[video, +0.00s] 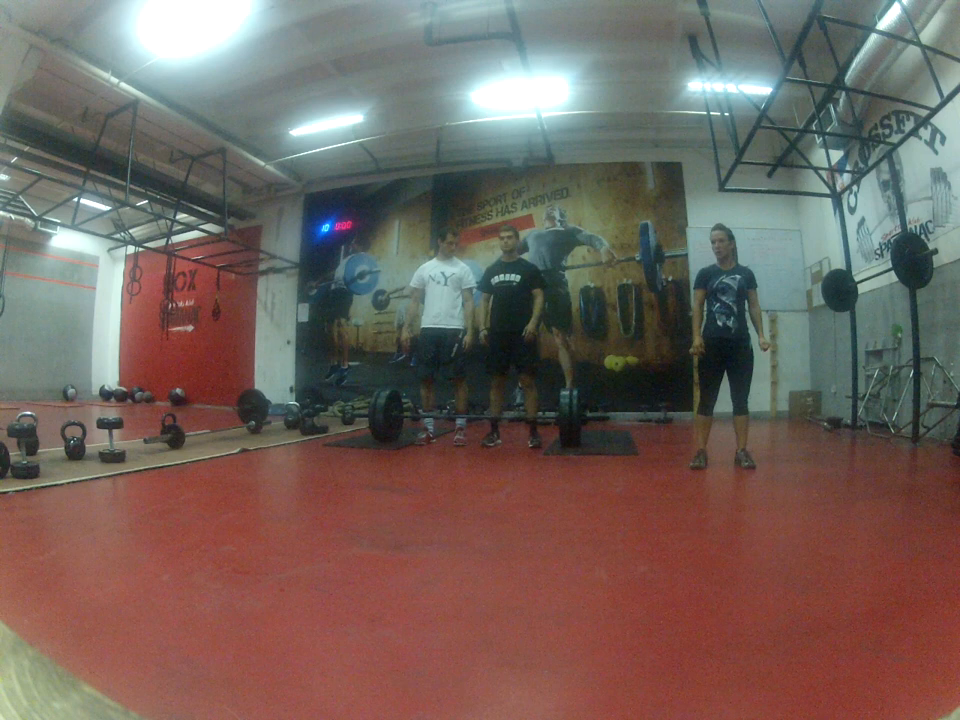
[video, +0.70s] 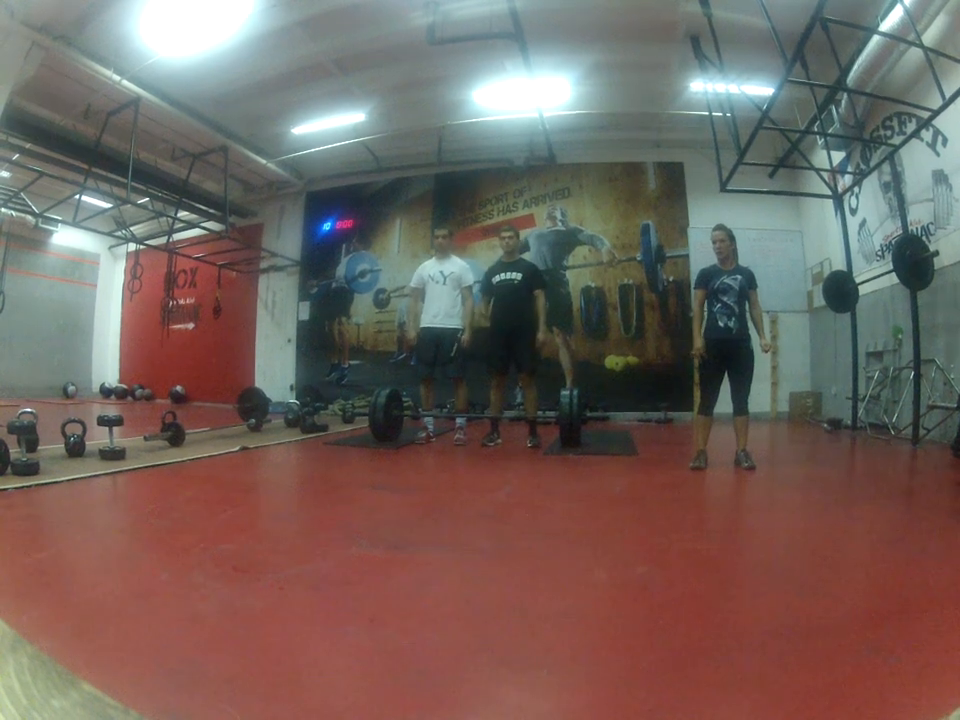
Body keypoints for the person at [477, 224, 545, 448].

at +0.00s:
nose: (506, 241)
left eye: (510, 238)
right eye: (502, 238)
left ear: (517, 241)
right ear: (498, 242)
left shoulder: (529, 268)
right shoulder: (491, 270)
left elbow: (539, 297)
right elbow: (484, 301)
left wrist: (533, 323)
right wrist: (483, 327)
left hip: (523, 332)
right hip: (498, 332)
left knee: (527, 380)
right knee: (497, 381)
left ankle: (533, 431)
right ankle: (494, 430)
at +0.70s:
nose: (507, 241)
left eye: (510, 238)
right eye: (503, 238)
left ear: (518, 241)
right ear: (499, 242)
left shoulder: (530, 268)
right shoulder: (492, 271)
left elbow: (540, 298)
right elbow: (485, 302)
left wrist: (542, 328)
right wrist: (488, 322)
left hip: (525, 331)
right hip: (499, 332)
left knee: (527, 379)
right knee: (497, 380)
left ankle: (533, 431)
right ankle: (494, 430)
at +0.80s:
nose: (507, 241)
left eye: (510, 238)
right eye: (504, 238)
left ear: (518, 241)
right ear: (499, 242)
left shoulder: (530, 268)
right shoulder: (493, 270)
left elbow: (540, 298)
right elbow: (485, 304)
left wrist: (541, 328)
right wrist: (487, 291)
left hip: (525, 331)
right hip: (499, 331)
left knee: (527, 379)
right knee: (497, 380)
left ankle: (533, 431)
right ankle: (494, 430)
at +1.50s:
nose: (509, 243)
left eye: (513, 239)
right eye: (506, 240)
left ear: (521, 240)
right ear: (501, 241)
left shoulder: (533, 265)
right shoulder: (494, 266)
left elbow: (546, 292)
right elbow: (483, 297)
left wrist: (540, 319)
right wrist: (481, 324)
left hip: (525, 329)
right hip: (499, 329)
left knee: (528, 378)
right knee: (497, 378)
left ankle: (533, 429)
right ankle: (494, 428)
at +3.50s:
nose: (507, 248)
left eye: (510, 244)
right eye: (503, 244)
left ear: (518, 243)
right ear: (498, 244)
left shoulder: (531, 266)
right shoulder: (493, 267)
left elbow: (543, 294)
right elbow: (484, 298)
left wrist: (545, 318)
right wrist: (478, 321)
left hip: (525, 329)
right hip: (499, 329)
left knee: (527, 377)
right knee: (498, 377)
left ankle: (533, 428)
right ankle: (494, 428)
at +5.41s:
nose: (495, 251)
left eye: (497, 246)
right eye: (492, 247)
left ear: (508, 243)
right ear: (491, 246)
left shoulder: (527, 265)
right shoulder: (488, 268)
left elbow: (541, 291)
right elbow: (481, 298)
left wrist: (542, 318)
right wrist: (482, 324)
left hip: (524, 329)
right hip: (497, 330)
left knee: (527, 376)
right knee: (497, 378)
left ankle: (533, 428)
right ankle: (495, 428)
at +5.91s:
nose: (498, 241)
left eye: (501, 237)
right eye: (499, 237)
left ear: (512, 238)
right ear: (509, 239)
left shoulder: (531, 262)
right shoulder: (496, 264)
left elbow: (543, 294)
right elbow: (489, 295)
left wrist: (543, 325)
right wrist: (482, 320)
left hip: (524, 329)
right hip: (499, 329)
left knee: (527, 378)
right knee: (498, 378)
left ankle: (533, 429)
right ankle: (495, 428)